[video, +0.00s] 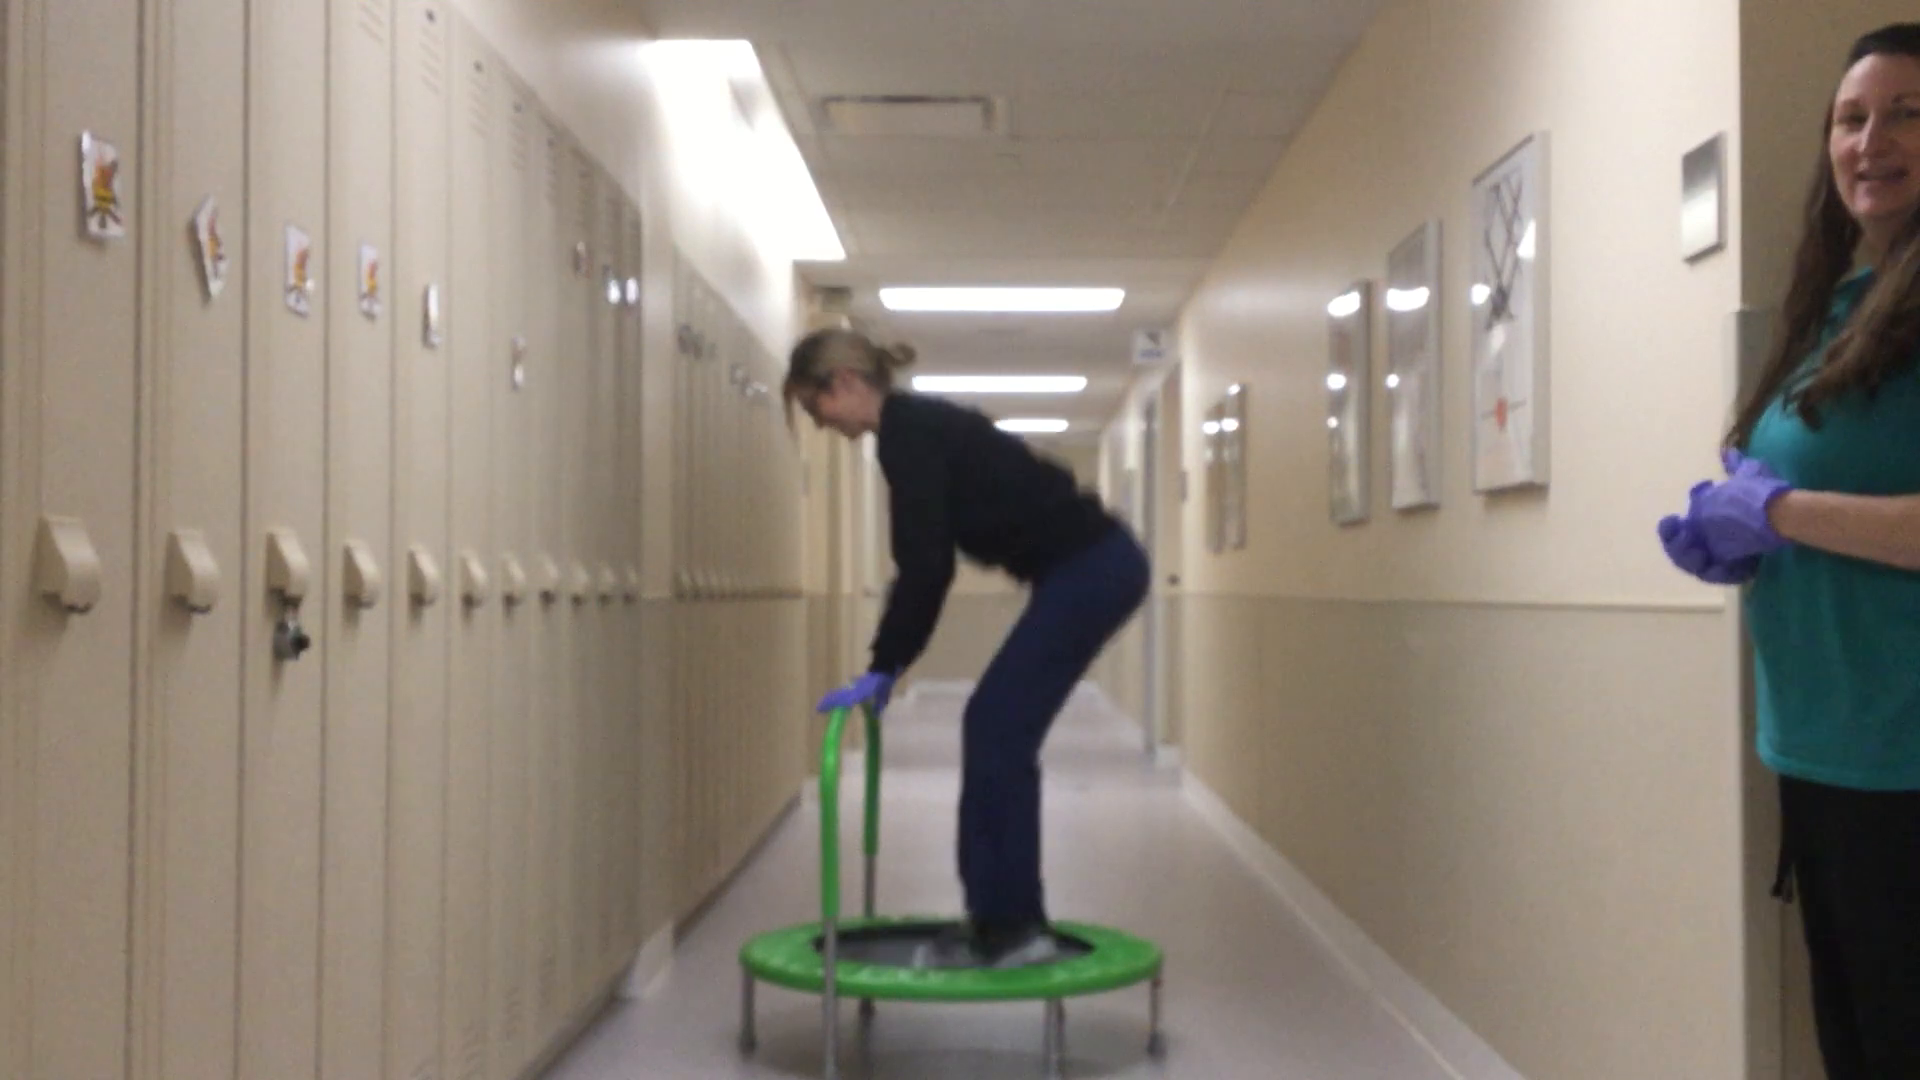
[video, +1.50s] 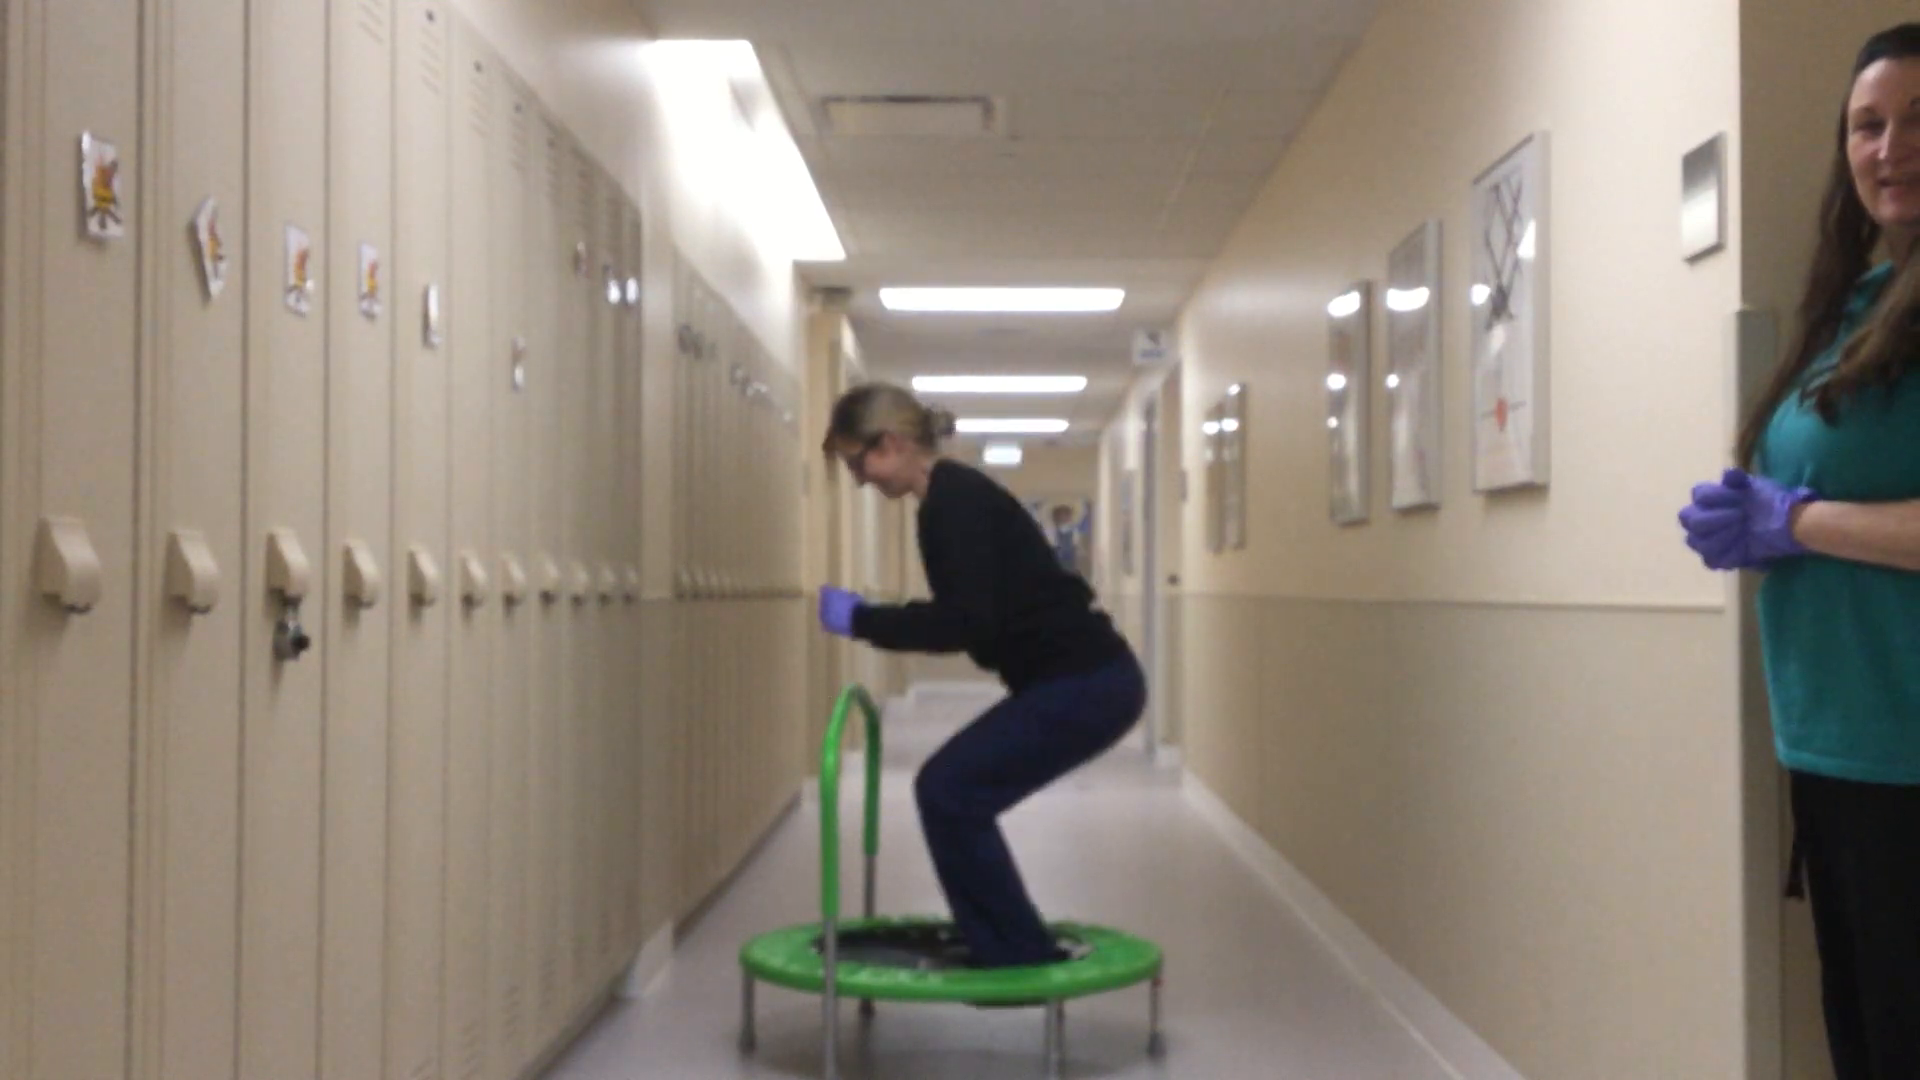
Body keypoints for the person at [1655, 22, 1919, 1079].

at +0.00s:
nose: (1871, 142)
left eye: (1900, 117)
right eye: (1851, 119)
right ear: (1827, 145)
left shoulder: (1919, 294)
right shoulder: (1829, 298)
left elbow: (1914, 526)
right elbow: (1766, 450)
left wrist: (1777, 513)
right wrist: (1735, 502)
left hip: (1897, 751)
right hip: (1815, 743)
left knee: (1892, 1036)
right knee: (1850, 1034)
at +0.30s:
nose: (1870, 150)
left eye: (1899, 123)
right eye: (1848, 127)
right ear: (1824, 149)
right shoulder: (1829, 299)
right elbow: (1793, 461)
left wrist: (1796, 522)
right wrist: (1745, 490)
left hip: (1901, 737)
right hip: (1819, 729)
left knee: (1899, 1026)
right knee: (1857, 1027)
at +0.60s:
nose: (1889, 153)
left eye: (1911, 127)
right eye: (1869, 129)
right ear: (1843, 150)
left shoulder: (1918, 298)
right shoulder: (1845, 302)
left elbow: (1914, 515)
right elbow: (1806, 460)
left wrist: (1795, 514)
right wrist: (1759, 489)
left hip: (1898, 745)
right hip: (1823, 736)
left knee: (1894, 1033)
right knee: (1856, 1033)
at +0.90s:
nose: (1891, 151)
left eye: (1913, 127)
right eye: (1872, 127)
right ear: (1847, 148)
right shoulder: (1847, 298)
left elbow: (1917, 524)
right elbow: (1803, 462)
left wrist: (1800, 523)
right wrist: (1753, 506)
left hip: (1901, 745)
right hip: (1825, 737)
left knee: (1900, 1030)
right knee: (1858, 1027)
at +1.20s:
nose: (1891, 148)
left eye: (1912, 124)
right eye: (1873, 125)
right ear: (1848, 144)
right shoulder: (1847, 297)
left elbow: (1916, 526)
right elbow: (1816, 473)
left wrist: (1799, 523)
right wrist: (1756, 509)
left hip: (1901, 746)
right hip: (1825, 737)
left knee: (1897, 1034)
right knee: (1859, 1031)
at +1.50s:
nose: (1888, 146)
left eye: (1910, 122)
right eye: (1868, 125)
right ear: (1844, 147)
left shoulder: (1919, 295)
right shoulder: (1846, 296)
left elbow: (1915, 523)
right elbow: (1805, 467)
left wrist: (1798, 519)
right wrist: (1753, 502)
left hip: (1899, 743)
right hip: (1824, 735)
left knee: (1898, 1030)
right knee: (1859, 1027)